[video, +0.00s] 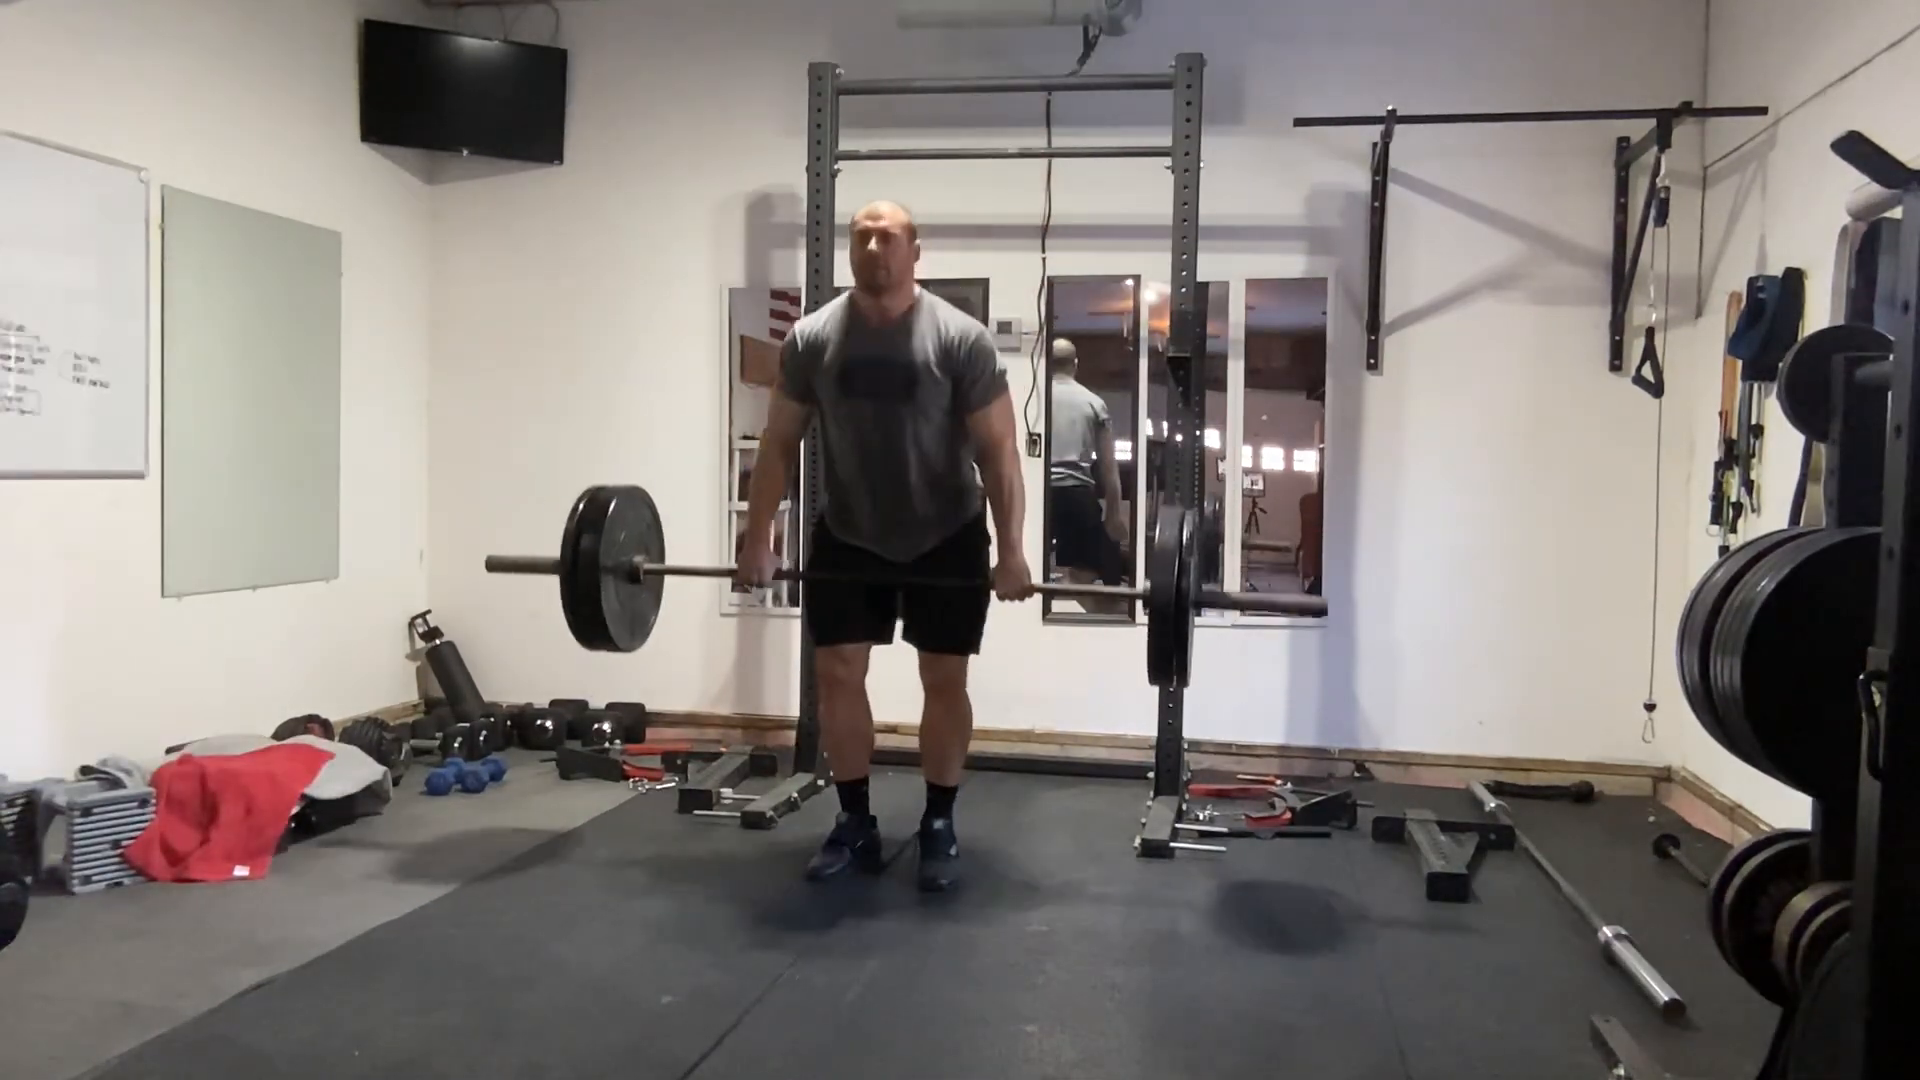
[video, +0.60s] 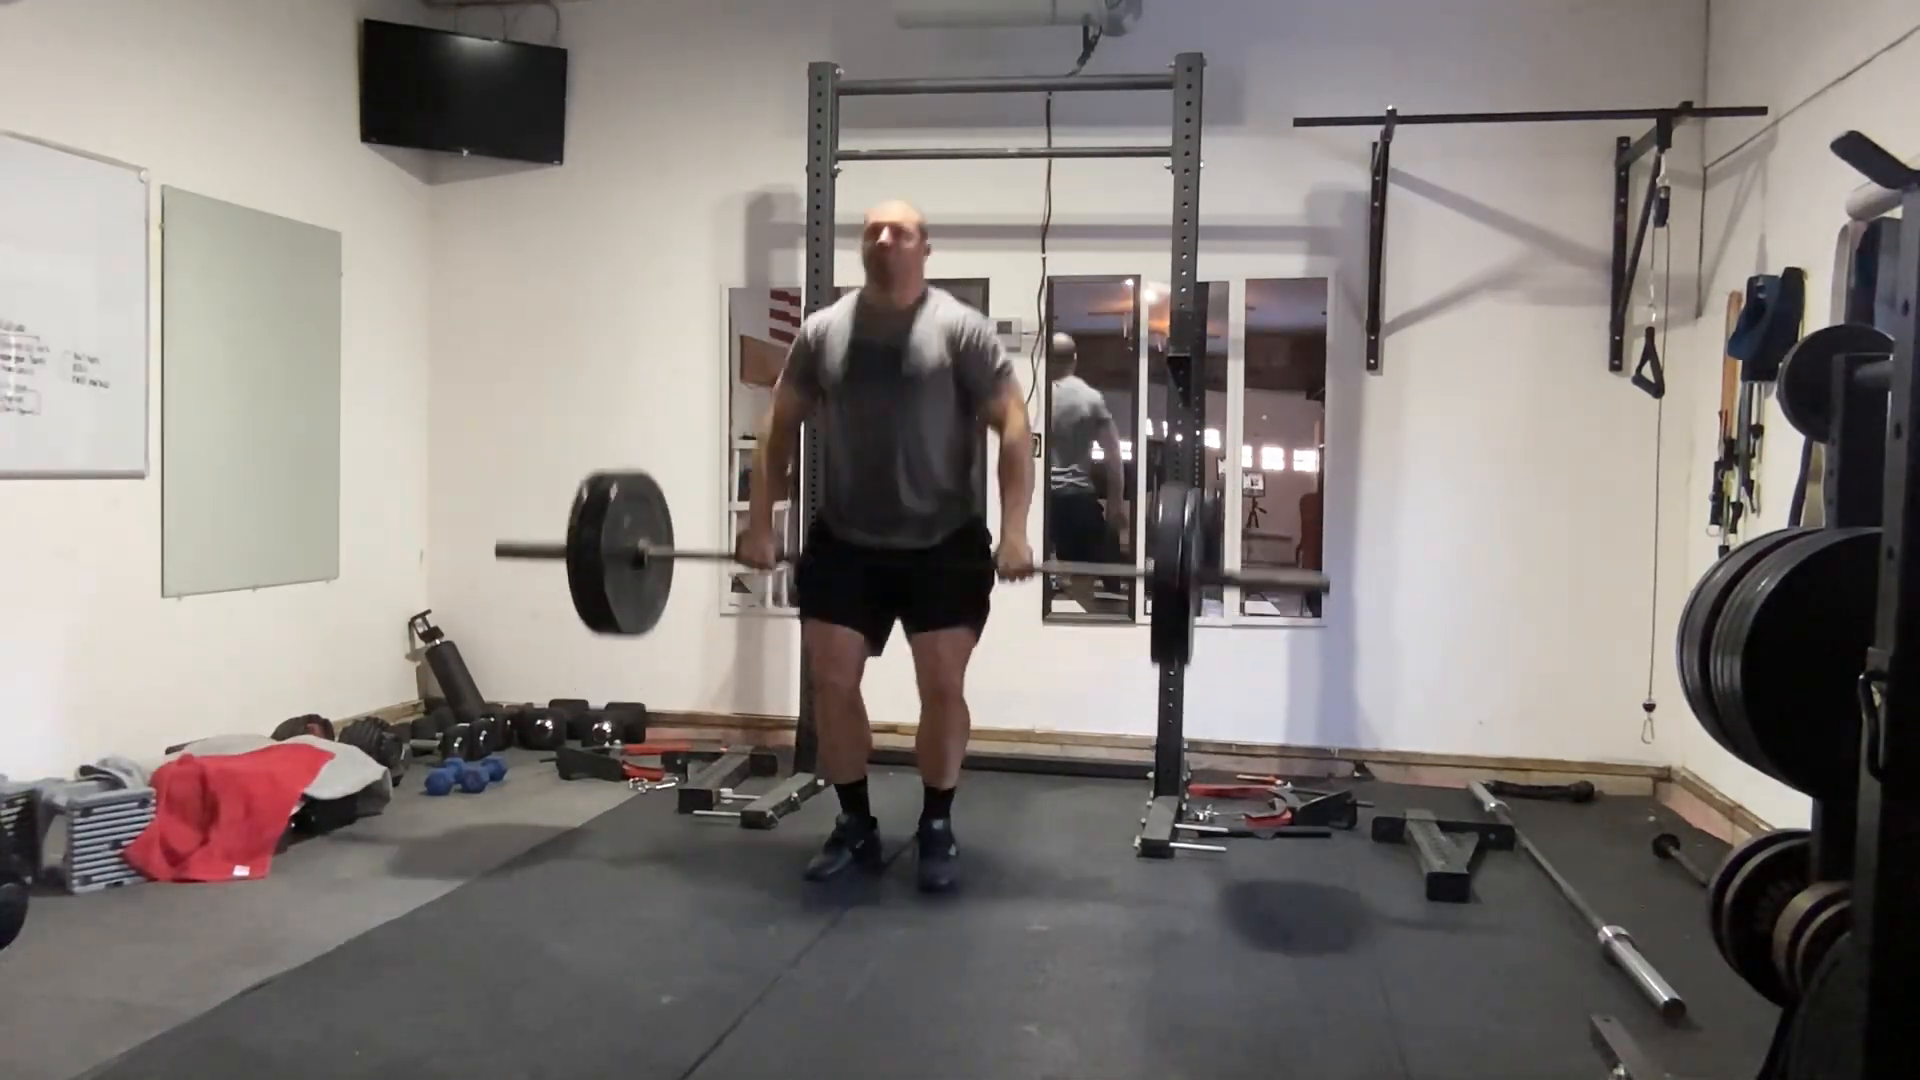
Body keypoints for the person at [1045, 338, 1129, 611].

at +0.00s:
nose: (1075, 365)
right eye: (1076, 361)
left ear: (1045, 364)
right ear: (1075, 364)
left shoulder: (1029, 398)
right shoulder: (1092, 403)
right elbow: (1108, 467)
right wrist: (1114, 516)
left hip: (1034, 497)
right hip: (1077, 496)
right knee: (1083, 574)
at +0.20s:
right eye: (1077, 392)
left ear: (1049, 392)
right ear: (1077, 393)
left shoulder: (1032, 420)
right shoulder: (1095, 429)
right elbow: (1109, 491)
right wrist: (1116, 543)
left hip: (1034, 498)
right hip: (1077, 499)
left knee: (1031, 575)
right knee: (1087, 578)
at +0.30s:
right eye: (1075, 401)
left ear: (1048, 401)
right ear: (1076, 402)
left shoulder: (1033, 429)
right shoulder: (1094, 437)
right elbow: (1109, 498)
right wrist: (1116, 552)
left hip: (1035, 500)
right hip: (1077, 502)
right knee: (1089, 577)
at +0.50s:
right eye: (1074, 385)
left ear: (1048, 385)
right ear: (1076, 386)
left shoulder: (1031, 414)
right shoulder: (1092, 421)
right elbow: (1110, 480)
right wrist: (1117, 533)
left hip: (1034, 494)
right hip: (1076, 495)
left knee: (1031, 566)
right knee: (1083, 573)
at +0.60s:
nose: (1057, 365)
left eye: (1055, 359)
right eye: (1066, 358)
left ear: (1045, 360)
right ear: (1075, 359)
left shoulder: (1032, 394)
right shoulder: (1090, 398)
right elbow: (1113, 457)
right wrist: (1116, 506)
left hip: (1040, 496)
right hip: (1078, 496)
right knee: (1083, 579)